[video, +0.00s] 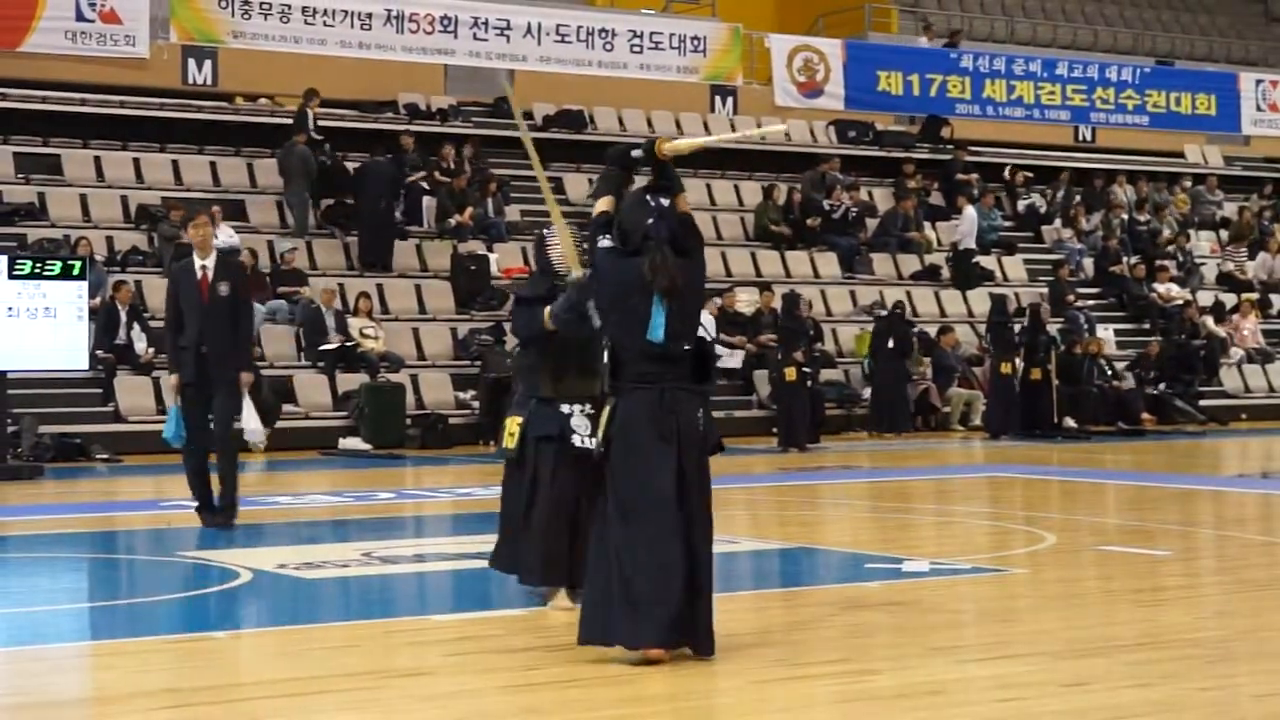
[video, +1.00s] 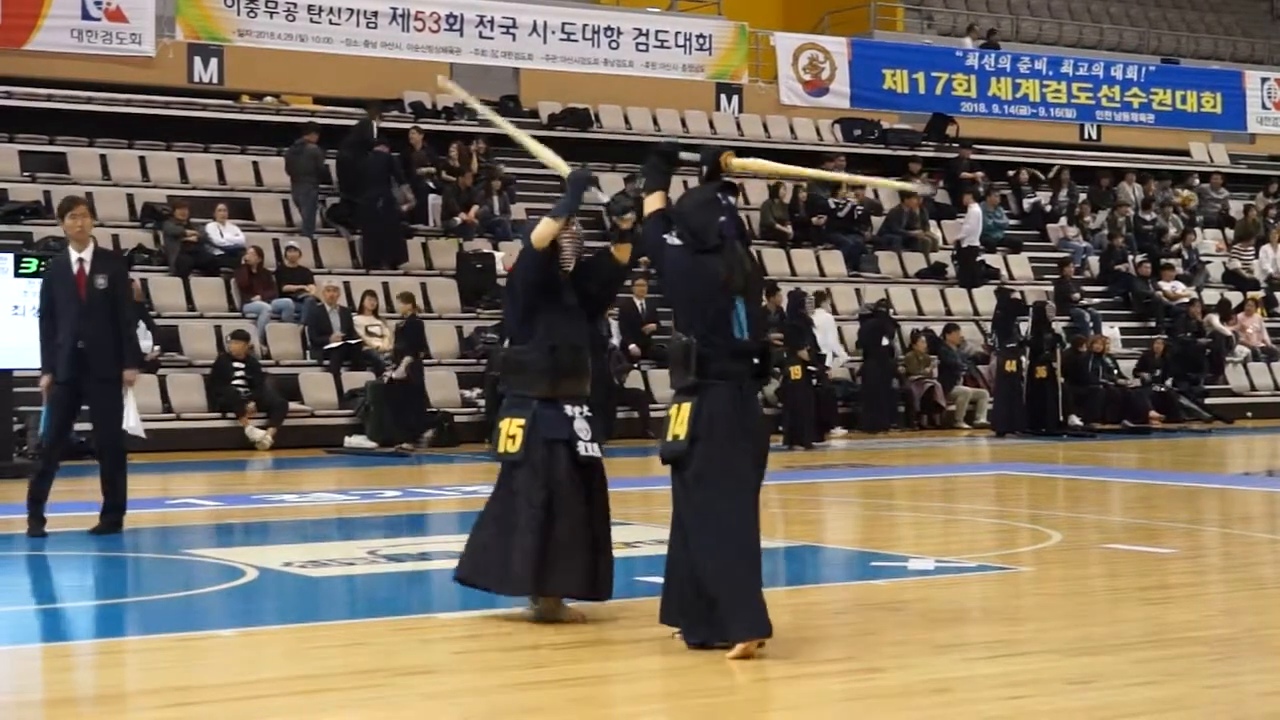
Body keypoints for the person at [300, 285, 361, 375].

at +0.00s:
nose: (329, 297)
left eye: (332, 295)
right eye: (326, 294)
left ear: (335, 297)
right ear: (321, 296)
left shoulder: (339, 314)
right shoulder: (311, 312)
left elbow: (346, 335)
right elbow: (309, 339)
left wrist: (341, 339)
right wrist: (327, 340)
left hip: (339, 345)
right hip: (319, 346)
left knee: (351, 352)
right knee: (331, 354)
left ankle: (353, 383)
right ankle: (332, 386)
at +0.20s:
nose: (330, 299)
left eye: (332, 296)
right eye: (327, 296)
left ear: (335, 298)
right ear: (322, 297)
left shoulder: (340, 313)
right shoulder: (312, 312)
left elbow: (347, 335)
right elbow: (310, 338)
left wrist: (340, 337)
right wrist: (326, 338)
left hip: (340, 345)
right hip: (321, 346)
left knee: (352, 352)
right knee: (332, 353)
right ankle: (333, 387)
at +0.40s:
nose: (329, 296)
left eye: (332, 293)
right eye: (326, 292)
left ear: (336, 295)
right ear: (321, 294)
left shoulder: (342, 313)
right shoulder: (313, 313)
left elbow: (348, 334)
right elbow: (310, 338)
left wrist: (340, 337)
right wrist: (325, 338)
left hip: (341, 345)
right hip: (321, 346)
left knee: (354, 351)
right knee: (333, 353)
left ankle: (353, 384)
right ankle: (332, 386)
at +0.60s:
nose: (329, 296)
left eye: (332, 292)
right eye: (326, 292)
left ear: (337, 296)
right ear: (321, 294)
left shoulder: (343, 312)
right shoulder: (314, 312)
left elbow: (349, 334)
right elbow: (312, 339)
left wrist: (341, 338)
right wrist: (327, 340)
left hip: (342, 344)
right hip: (323, 346)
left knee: (355, 353)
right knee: (334, 354)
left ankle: (354, 383)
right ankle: (335, 385)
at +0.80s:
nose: (331, 295)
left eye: (334, 291)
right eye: (327, 291)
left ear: (338, 294)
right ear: (322, 293)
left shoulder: (344, 311)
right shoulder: (315, 312)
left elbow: (351, 333)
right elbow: (313, 340)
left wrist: (342, 338)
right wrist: (328, 340)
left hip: (343, 344)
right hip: (323, 347)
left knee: (356, 352)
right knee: (335, 353)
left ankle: (354, 383)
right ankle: (337, 386)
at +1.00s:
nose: (331, 294)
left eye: (334, 291)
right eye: (328, 291)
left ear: (339, 294)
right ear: (323, 294)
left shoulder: (345, 311)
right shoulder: (315, 311)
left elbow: (351, 334)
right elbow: (314, 339)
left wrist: (343, 338)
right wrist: (329, 339)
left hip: (344, 344)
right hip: (323, 346)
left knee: (356, 348)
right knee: (338, 350)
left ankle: (357, 381)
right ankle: (334, 383)